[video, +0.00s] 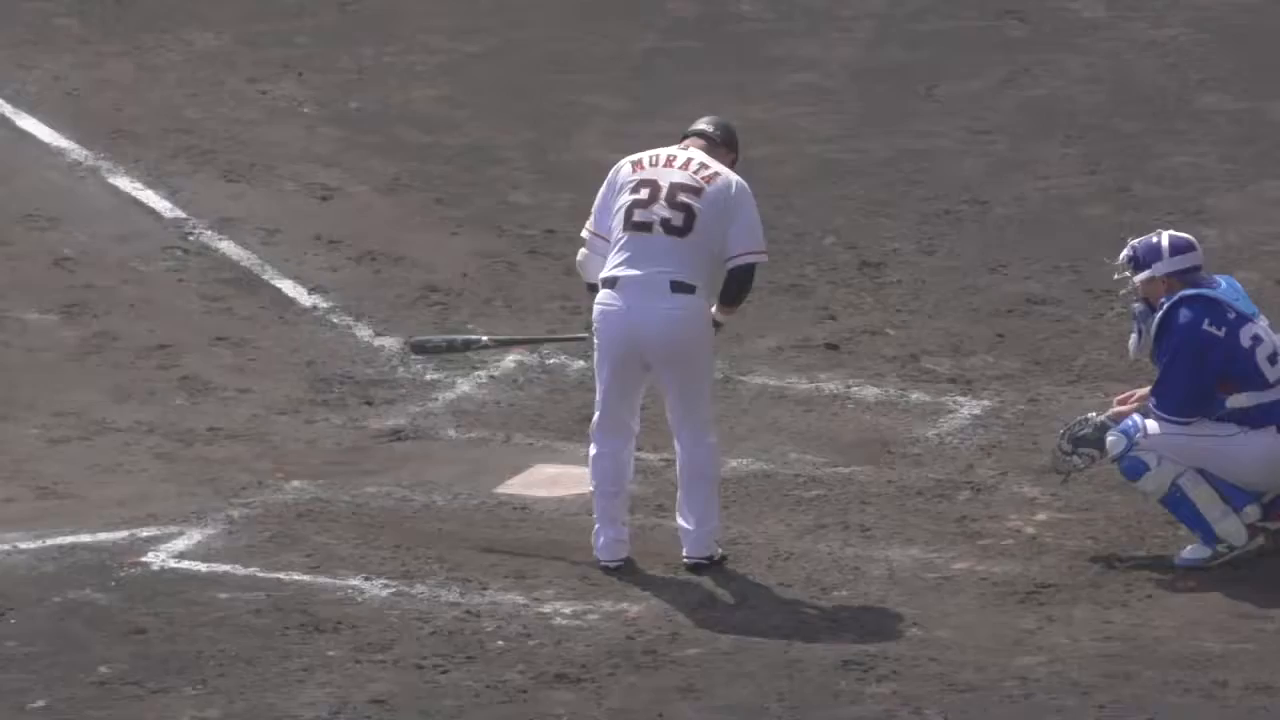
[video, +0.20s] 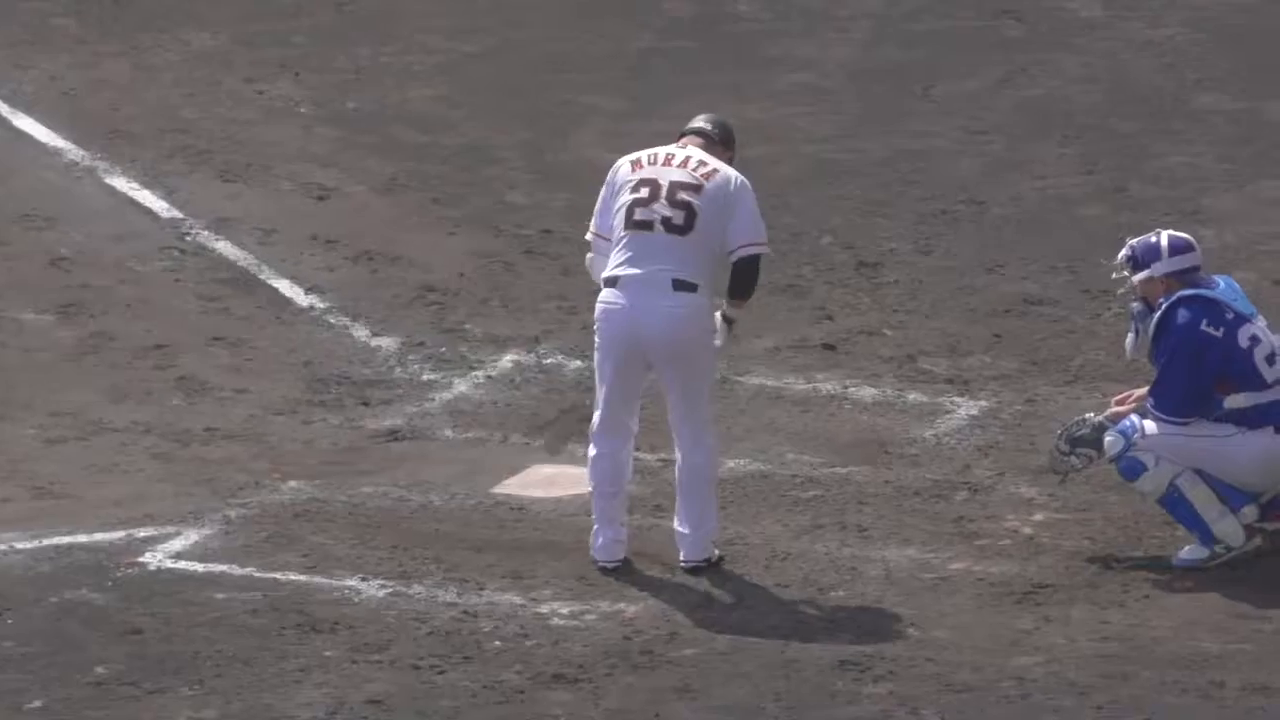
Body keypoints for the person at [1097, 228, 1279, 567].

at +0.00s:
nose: (1135, 289)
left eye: (1140, 281)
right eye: (1135, 281)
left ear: (1164, 282)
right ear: (1189, 274)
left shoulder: (1185, 318)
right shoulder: (1215, 290)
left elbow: (1177, 409)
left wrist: (1138, 410)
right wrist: (1150, 394)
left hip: (1264, 446)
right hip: (1269, 430)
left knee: (1131, 441)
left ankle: (1228, 536)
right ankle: (1256, 506)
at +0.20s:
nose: (1135, 291)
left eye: (1140, 282)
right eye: (1134, 282)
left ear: (1163, 282)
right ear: (1190, 273)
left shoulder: (1183, 318)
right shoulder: (1216, 289)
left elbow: (1175, 410)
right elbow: (1208, 383)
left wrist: (1136, 411)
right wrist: (1148, 395)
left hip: (1265, 447)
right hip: (1271, 431)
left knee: (1129, 441)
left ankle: (1225, 538)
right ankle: (1252, 506)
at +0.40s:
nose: (1133, 290)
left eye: (1138, 281)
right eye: (1133, 281)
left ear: (1161, 282)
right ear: (1188, 274)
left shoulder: (1181, 319)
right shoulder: (1214, 291)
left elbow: (1172, 411)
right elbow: (1206, 384)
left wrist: (1136, 411)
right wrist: (1146, 396)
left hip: (1263, 447)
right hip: (1270, 433)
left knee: (1127, 441)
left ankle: (1224, 540)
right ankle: (1252, 507)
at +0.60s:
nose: (1142, 291)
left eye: (1146, 282)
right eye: (1141, 282)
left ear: (1170, 284)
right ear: (1194, 276)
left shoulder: (1192, 321)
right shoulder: (1221, 293)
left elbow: (1180, 413)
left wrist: (1140, 415)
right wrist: (1153, 398)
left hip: (1267, 449)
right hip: (1270, 433)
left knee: (1137, 444)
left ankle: (1232, 539)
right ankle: (1259, 511)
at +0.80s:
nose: (1161, 281)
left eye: (1166, 273)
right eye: (1162, 272)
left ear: (1190, 277)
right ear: (1214, 273)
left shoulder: (1210, 320)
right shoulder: (1236, 299)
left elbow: (1199, 410)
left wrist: (1153, 413)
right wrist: (1168, 397)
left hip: (1269, 444)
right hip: (1271, 431)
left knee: (1149, 442)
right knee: (1168, 423)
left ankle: (1245, 539)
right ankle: (1265, 514)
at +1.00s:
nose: (1183, 264)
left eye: (1189, 256)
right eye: (1185, 255)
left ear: (1210, 264)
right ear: (1233, 261)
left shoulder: (1229, 316)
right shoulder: (1265, 285)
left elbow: (1210, 404)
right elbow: (1168, 329)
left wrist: (1136, 397)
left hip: (1270, 438)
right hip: (1271, 424)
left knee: (1158, 444)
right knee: (1185, 422)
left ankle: (1260, 535)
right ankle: (1270, 509)